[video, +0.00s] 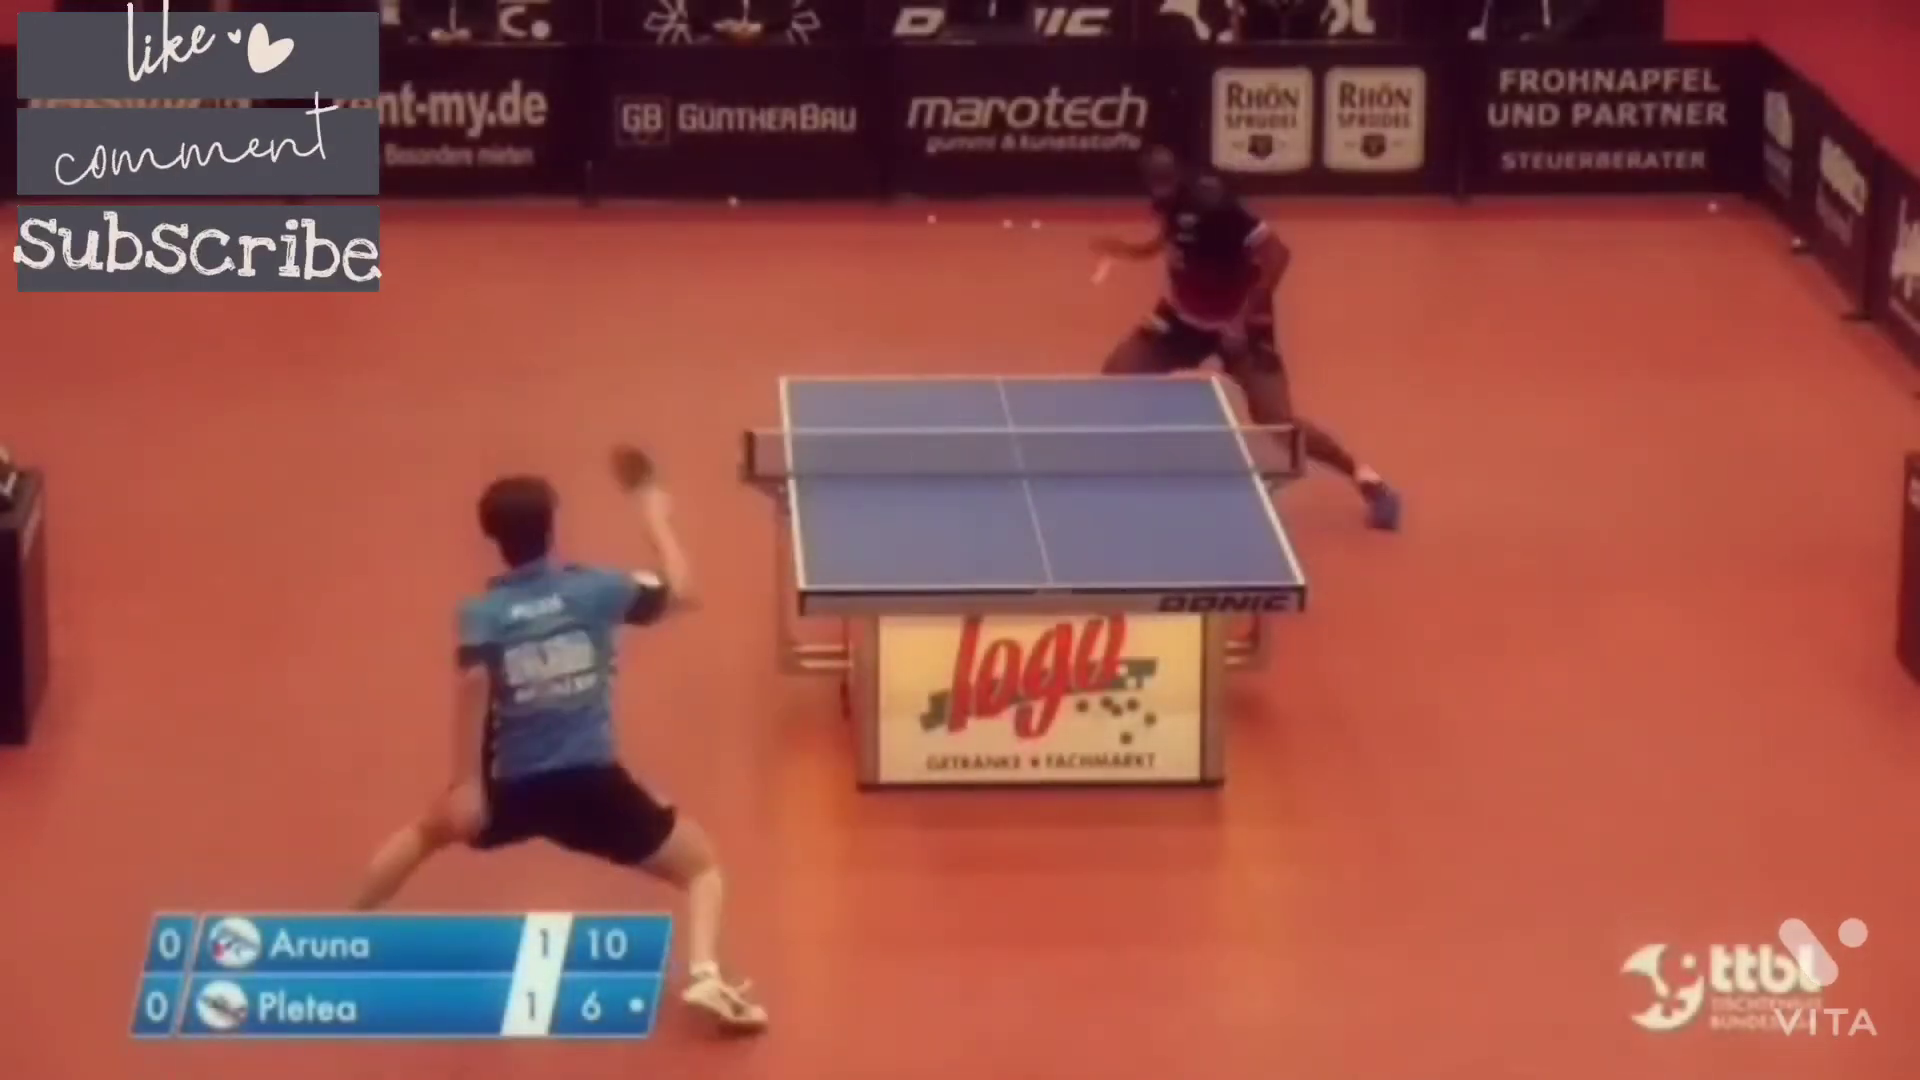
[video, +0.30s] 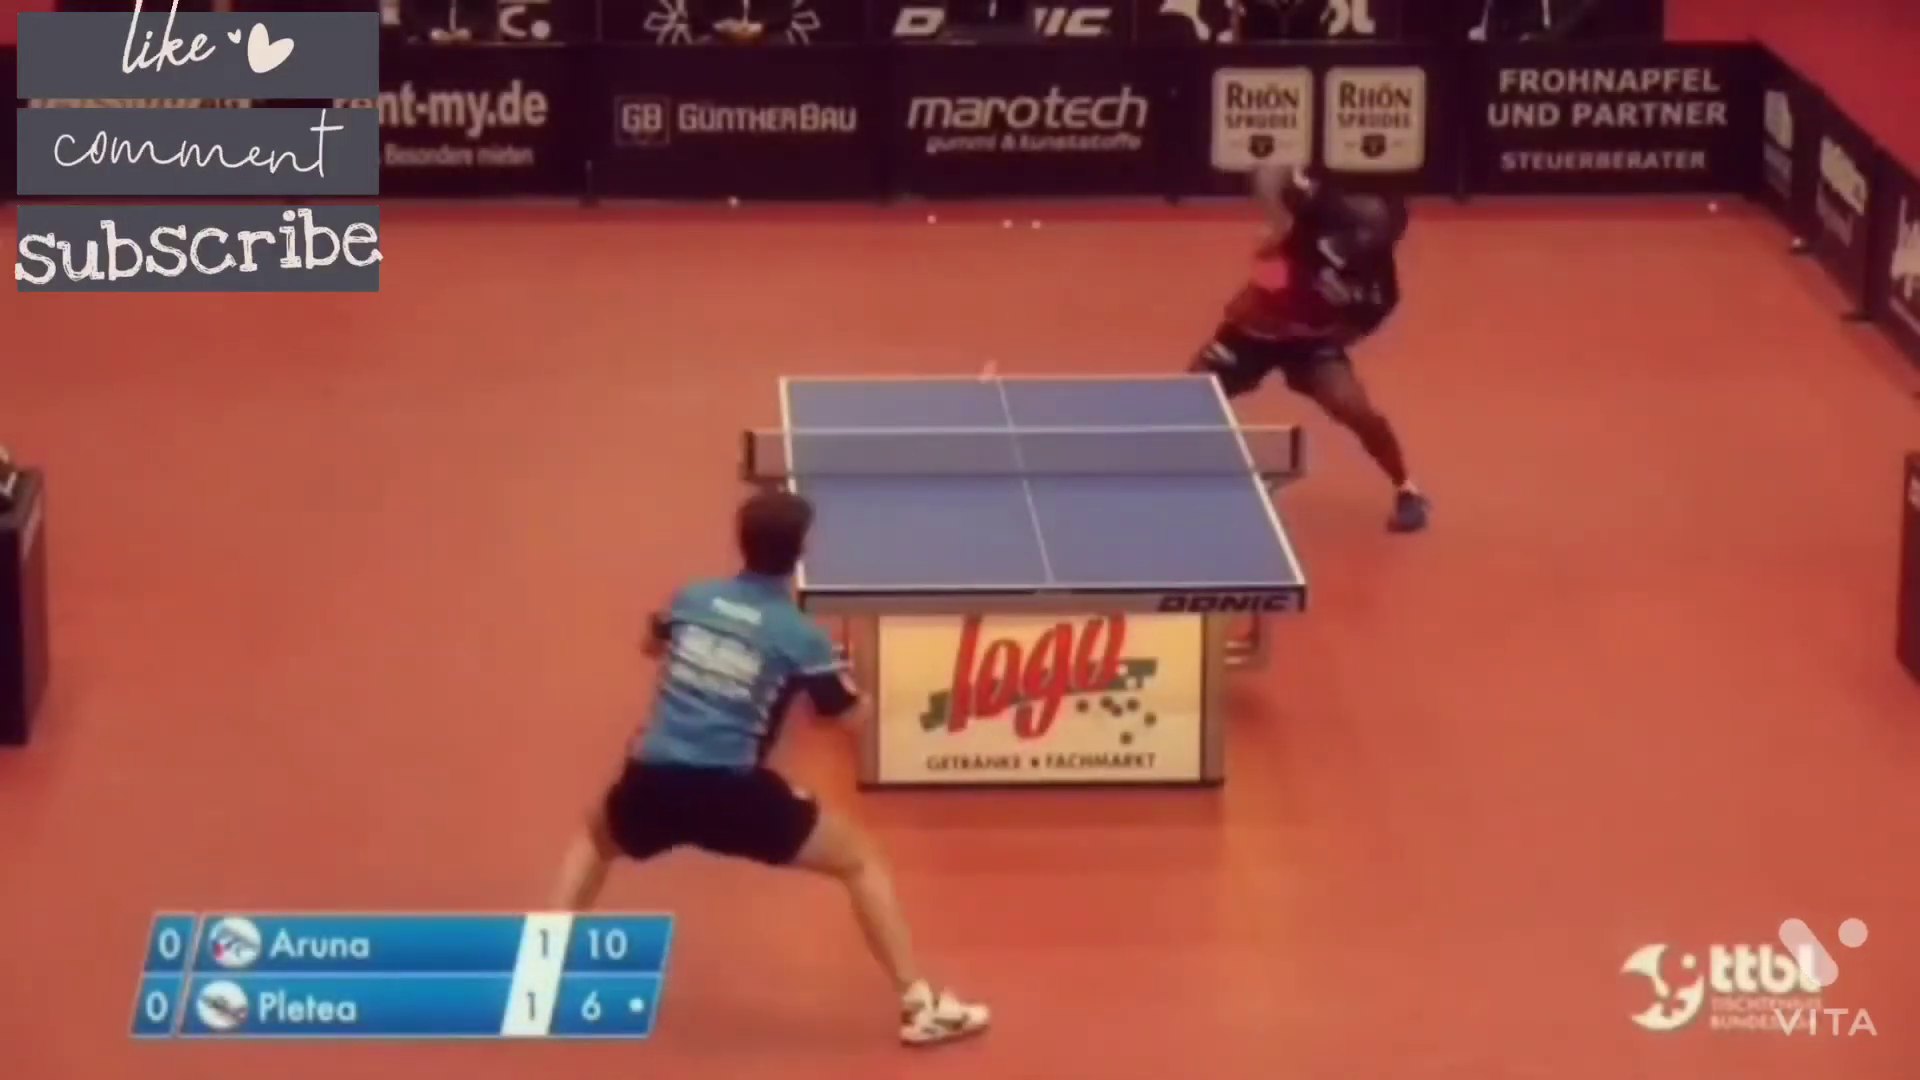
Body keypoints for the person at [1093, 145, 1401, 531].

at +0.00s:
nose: (1160, 189)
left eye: (1165, 180)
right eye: (1154, 182)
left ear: (1181, 175)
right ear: (1149, 182)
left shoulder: (1217, 204)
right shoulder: (1167, 205)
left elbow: (1276, 256)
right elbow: (1164, 242)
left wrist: (1246, 316)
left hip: (1242, 329)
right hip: (1183, 323)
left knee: (1278, 425)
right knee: (1115, 375)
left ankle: (1363, 479)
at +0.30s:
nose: (1364, 237)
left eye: (1374, 231)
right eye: (1359, 226)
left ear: (1388, 237)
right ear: (1347, 216)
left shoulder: (1381, 289)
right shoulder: (1319, 211)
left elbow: (1342, 334)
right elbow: (1267, 172)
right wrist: (1276, 219)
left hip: (1311, 346)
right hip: (1249, 333)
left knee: (1360, 415)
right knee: (1186, 404)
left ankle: (1405, 490)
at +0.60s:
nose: (1303, 172)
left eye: (1310, 163)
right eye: (1296, 162)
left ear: (1326, 164)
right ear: (1285, 162)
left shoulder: (1346, 219)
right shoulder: (1257, 197)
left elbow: (1349, 296)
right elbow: (1208, 240)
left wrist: (1316, 346)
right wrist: (1205, 276)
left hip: (1309, 322)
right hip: (1242, 310)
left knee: (1357, 396)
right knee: (1170, 378)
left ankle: (1406, 487)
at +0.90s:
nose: (1197, 173)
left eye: (1204, 164)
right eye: (1193, 165)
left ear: (1225, 160)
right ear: (1194, 165)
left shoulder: (1255, 199)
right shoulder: (1216, 196)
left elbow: (1290, 269)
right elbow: (1218, 252)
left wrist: (1260, 333)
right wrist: (1182, 289)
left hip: (1282, 315)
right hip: (1230, 307)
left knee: (1304, 421)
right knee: (1150, 369)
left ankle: (1390, 462)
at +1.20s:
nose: (1332, 185)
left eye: (1344, 179)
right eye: (1331, 175)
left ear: (1361, 189)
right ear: (1326, 171)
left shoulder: (1363, 249)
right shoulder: (1309, 177)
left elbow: (1305, 292)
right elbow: (1264, 140)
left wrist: (1251, 260)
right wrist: (1320, 120)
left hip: (1309, 335)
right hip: (1252, 311)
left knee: (1335, 429)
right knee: (1158, 369)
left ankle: (1418, 467)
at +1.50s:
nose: (1271, 158)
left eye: (1281, 152)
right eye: (1267, 149)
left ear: (1301, 156)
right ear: (1257, 147)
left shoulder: (1319, 199)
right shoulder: (1233, 177)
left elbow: (1321, 274)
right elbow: (1172, 224)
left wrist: (1278, 318)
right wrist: (1196, 197)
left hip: (1280, 306)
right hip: (1214, 294)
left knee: (1329, 388)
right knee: (1124, 362)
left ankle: (1386, 463)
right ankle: (1082, 449)